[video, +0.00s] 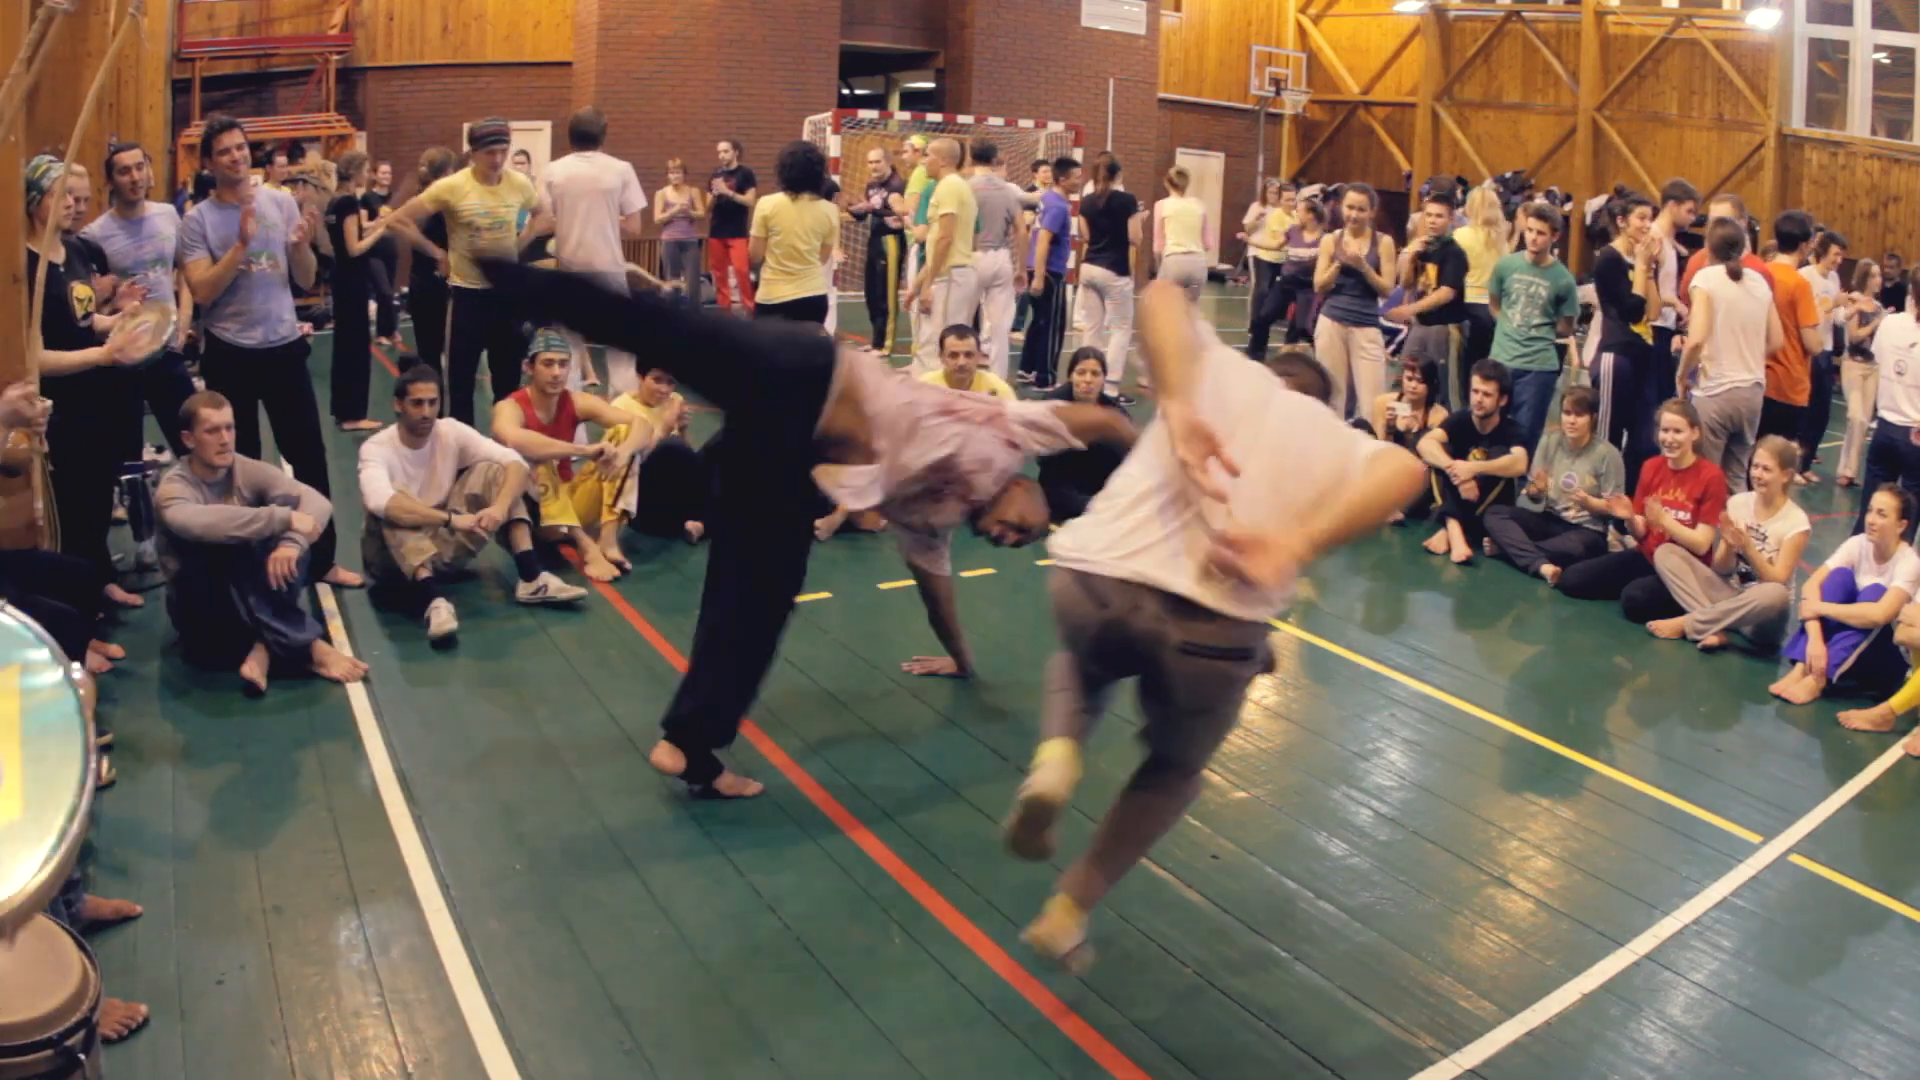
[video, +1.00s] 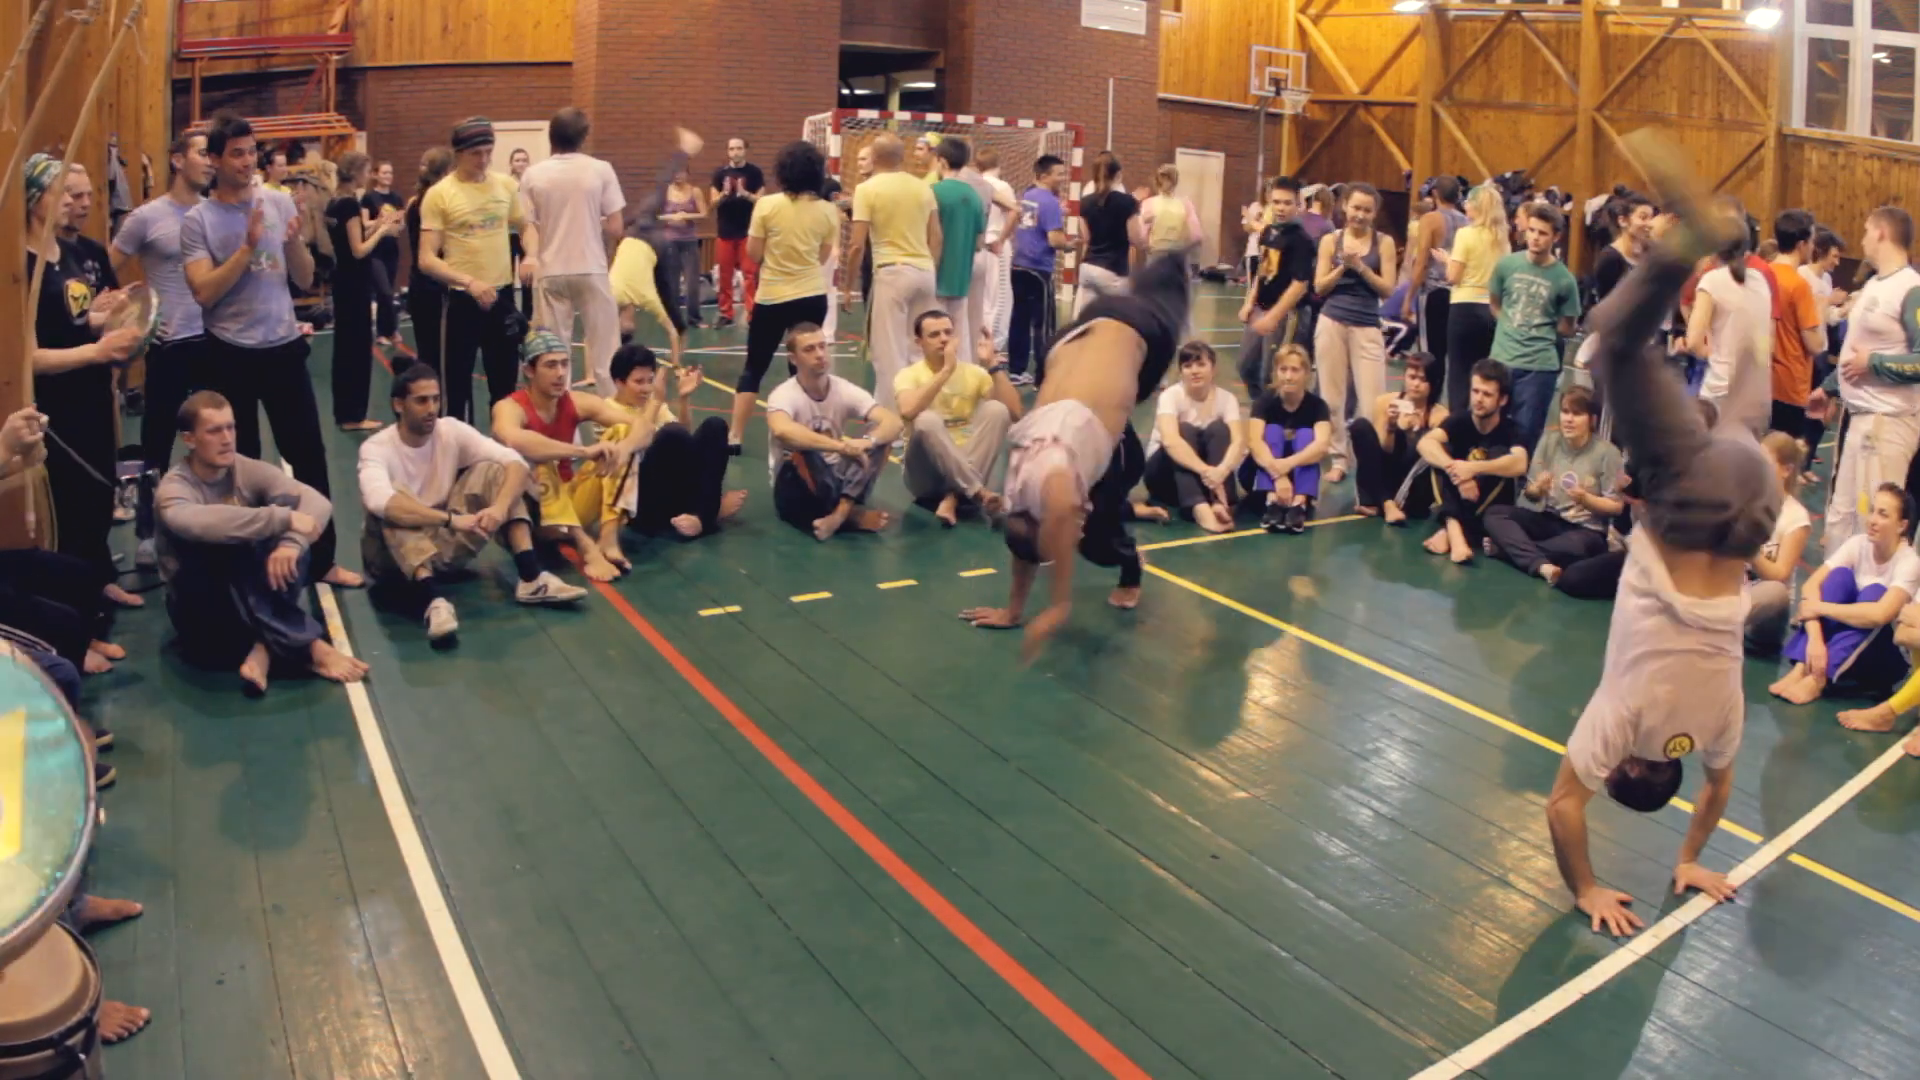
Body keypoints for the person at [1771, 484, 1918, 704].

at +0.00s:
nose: (1871, 519)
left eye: (1881, 514)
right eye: (1869, 511)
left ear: (1901, 526)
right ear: (1865, 513)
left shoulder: (1910, 562)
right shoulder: (1857, 544)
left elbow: (1880, 616)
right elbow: (1810, 586)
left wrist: (1819, 607)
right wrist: (1815, 641)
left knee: (1875, 592)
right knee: (1840, 577)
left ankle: (1818, 678)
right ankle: (1800, 667)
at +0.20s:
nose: (1871, 519)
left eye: (1881, 514)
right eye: (1870, 511)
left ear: (1901, 526)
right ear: (1865, 513)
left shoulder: (1910, 561)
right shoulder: (1857, 544)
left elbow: (1880, 616)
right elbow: (1810, 586)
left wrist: (1819, 607)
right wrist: (1815, 641)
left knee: (1875, 592)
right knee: (1840, 576)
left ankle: (1818, 678)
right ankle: (1800, 668)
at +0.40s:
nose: (1871, 519)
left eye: (1882, 514)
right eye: (1869, 511)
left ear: (1901, 526)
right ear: (1864, 513)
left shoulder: (1909, 561)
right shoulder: (1857, 544)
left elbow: (1881, 615)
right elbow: (1810, 586)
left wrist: (1819, 608)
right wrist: (1815, 641)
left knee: (1875, 592)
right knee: (1840, 577)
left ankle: (1817, 678)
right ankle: (1800, 667)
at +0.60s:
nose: (1871, 519)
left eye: (1881, 515)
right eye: (1870, 511)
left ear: (1901, 526)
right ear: (1864, 513)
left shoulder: (1909, 561)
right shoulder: (1856, 545)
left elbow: (1881, 615)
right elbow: (1810, 586)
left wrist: (1819, 608)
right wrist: (1815, 641)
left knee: (1875, 592)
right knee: (1840, 577)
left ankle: (1818, 678)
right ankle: (1800, 667)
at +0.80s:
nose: (1871, 520)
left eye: (1881, 514)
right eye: (1870, 511)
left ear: (1901, 525)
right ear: (1866, 512)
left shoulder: (1909, 561)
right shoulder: (1856, 544)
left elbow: (1881, 615)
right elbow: (1810, 586)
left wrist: (1819, 608)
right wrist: (1815, 641)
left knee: (1875, 592)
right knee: (1840, 577)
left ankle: (1817, 678)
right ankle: (1800, 667)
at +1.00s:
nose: (1872, 520)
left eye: (1883, 515)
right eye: (1872, 511)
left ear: (1902, 526)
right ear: (1867, 513)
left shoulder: (1910, 561)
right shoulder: (1858, 544)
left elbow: (1881, 615)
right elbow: (1810, 586)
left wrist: (1819, 608)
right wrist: (1815, 641)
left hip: (1881, 667)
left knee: (1875, 592)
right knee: (1840, 577)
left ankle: (1817, 678)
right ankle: (1800, 668)